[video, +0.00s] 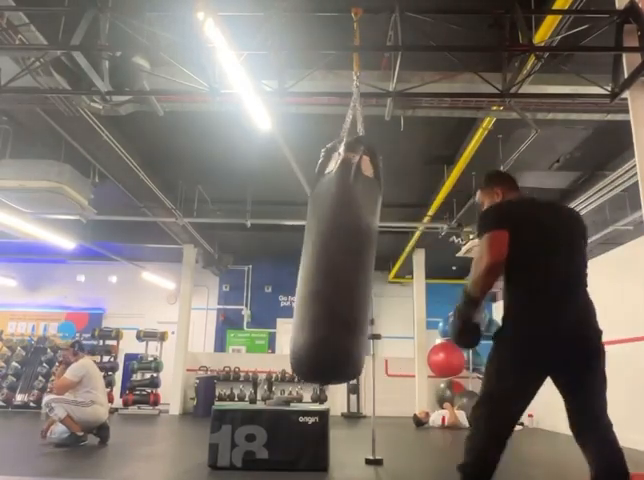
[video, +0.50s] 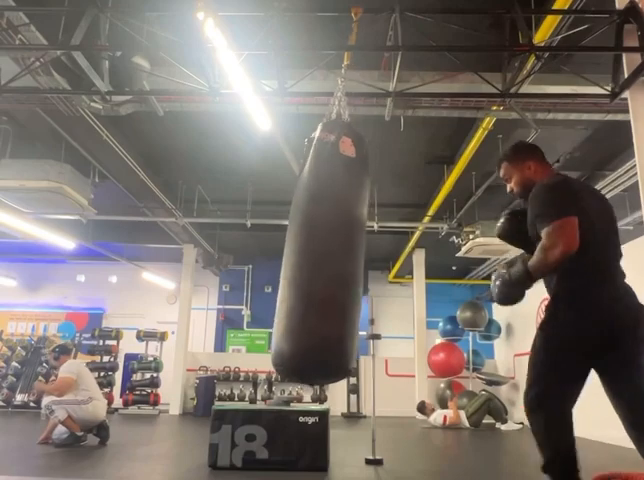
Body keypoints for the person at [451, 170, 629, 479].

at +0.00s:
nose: (484, 209)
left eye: (484, 203)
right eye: (482, 205)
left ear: (497, 192)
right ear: (516, 189)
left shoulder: (498, 212)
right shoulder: (570, 215)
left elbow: (493, 260)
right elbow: (573, 275)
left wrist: (468, 308)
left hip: (527, 334)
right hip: (579, 334)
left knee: (491, 422)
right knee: (594, 427)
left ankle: (475, 472)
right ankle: (616, 476)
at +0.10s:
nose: (492, 198)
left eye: (491, 190)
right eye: (489, 193)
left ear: (506, 175)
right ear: (525, 174)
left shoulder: (512, 195)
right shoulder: (579, 198)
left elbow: (514, 245)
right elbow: (582, 259)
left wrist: (498, 285)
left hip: (540, 311)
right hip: (591, 311)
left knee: (508, 399)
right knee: (602, 408)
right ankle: (624, 473)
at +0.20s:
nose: (503, 192)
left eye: (503, 183)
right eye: (500, 185)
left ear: (520, 170)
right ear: (534, 167)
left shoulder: (528, 191)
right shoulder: (592, 194)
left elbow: (523, 240)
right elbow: (609, 252)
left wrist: (505, 264)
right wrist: (579, 271)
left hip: (555, 312)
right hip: (603, 310)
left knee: (535, 405)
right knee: (612, 406)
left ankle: (581, 475)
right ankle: (638, 470)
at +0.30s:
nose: (515, 200)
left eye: (516, 189)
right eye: (513, 192)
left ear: (536, 177)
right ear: (547, 178)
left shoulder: (543, 206)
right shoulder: (605, 210)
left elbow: (522, 258)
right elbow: (609, 275)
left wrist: (496, 261)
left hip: (570, 334)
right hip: (614, 327)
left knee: (581, 429)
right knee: (631, 420)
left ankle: (622, 477)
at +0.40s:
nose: (516, 196)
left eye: (516, 185)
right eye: (513, 188)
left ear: (538, 172)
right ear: (548, 173)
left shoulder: (546, 201)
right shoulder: (604, 204)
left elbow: (543, 254)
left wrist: (507, 271)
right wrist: (525, 243)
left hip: (577, 329)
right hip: (624, 323)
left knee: (565, 425)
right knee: (638, 422)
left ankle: (606, 475)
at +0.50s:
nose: (509, 189)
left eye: (509, 179)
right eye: (506, 183)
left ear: (530, 167)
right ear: (538, 167)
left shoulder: (547, 191)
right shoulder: (590, 193)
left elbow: (562, 243)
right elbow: (589, 256)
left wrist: (520, 276)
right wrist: (527, 240)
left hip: (575, 311)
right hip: (620, 305)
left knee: (544, 401)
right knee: (636, 405)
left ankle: (562, 474)